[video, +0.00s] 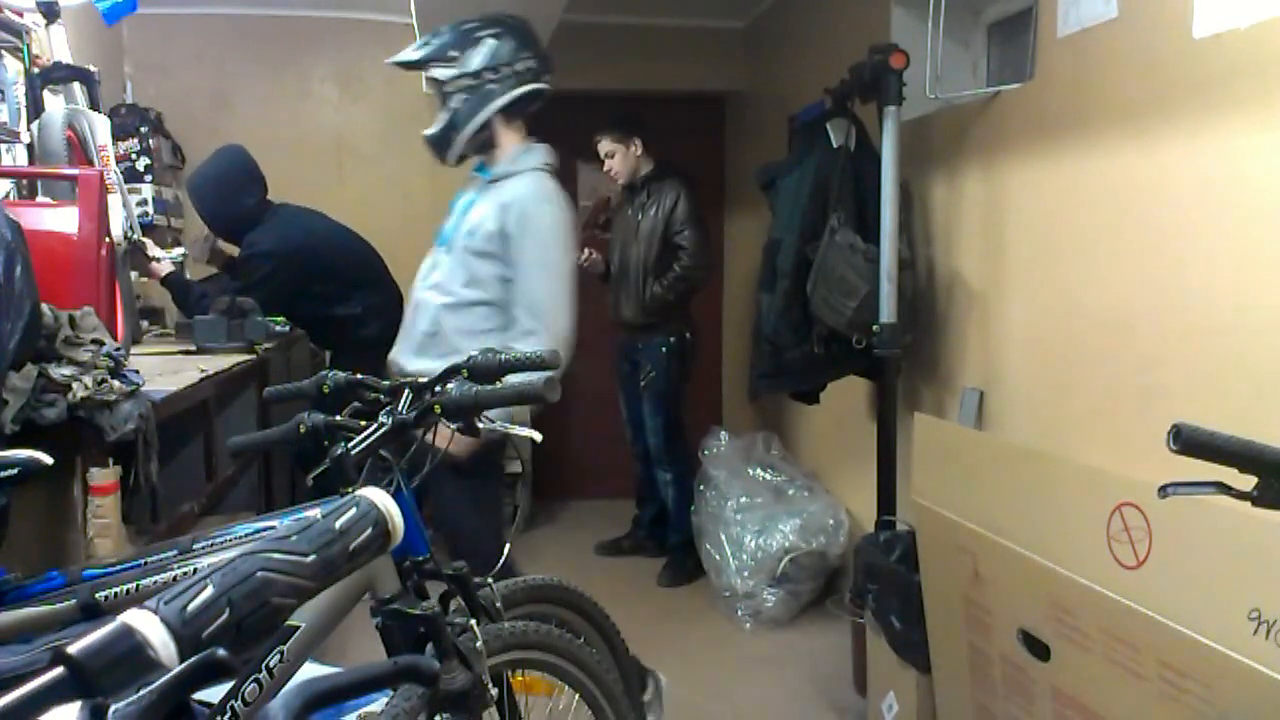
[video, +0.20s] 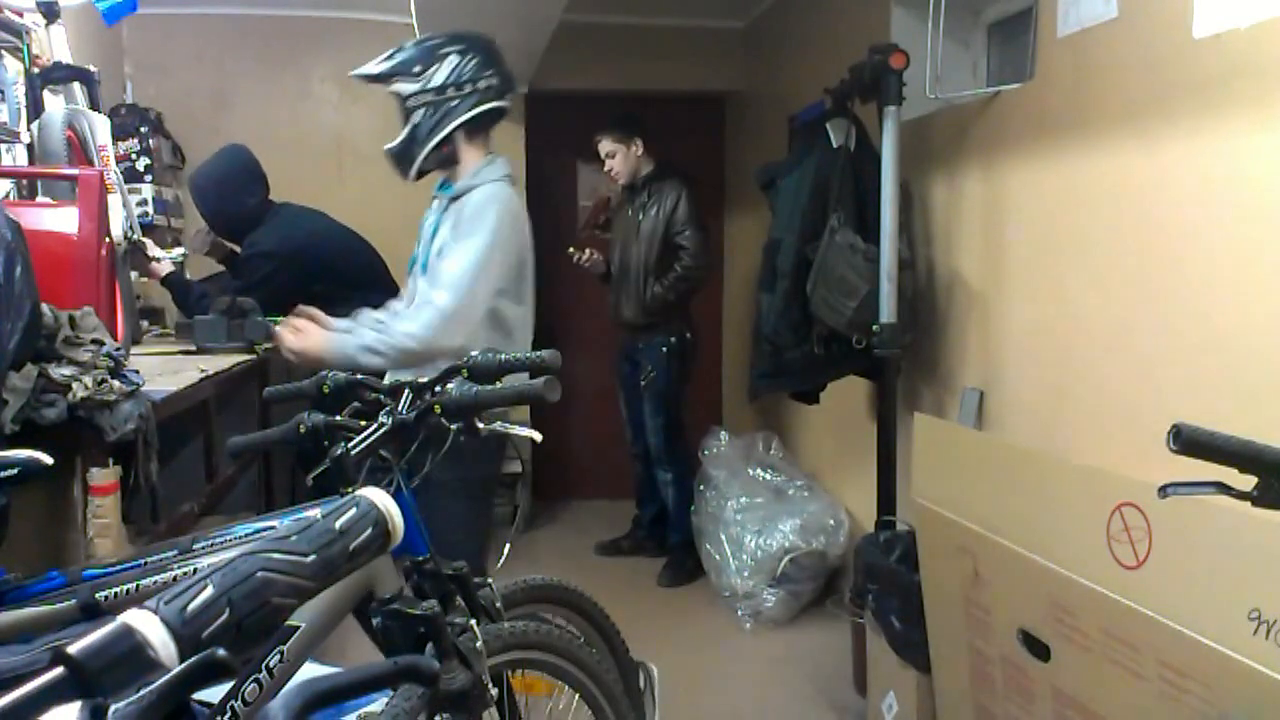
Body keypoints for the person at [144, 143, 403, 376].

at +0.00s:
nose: (207, 222)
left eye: (206, 212)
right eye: (204, 213)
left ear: (221, 210)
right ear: (250, 192)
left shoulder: (266, 249)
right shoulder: (283, 220)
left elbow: (217, 312)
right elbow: (257, 281)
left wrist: (165, 274)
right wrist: (222, 258)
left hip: (364, 342)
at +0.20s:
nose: (207, 220)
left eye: (207, 210)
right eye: (204, 210)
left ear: (223, 207)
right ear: (254, 190)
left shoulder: (270, 248)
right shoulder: (287, 220)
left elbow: (217, 315)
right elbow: (267, 291)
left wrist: (165, 274)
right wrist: (224, 255)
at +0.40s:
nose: (207, 223)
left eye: (206, 213)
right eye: (204, 214)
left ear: (223, 210)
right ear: (255, 191)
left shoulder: (269, 251)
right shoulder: (290, 219)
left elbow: (220, 314)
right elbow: (264, 281)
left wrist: (166, 274)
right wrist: (221, 255)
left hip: (366, 350)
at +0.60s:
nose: (211, 223)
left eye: (209, 212)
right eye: (206, 214)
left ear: (225, 207)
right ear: (254, 191)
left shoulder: (268, 249)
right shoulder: (294, 219)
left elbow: (221, 319)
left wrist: (167, 276)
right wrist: (218, 274)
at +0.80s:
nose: (210, 221)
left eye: (210, 212)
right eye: (207, 212)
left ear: (226, 208)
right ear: (254, 190)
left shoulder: (268, 250)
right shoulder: (290, 220)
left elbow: (228, 327)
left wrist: (167, 276)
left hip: (363, 359)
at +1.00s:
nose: (209, 221)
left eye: (209, 212)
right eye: (206, 212)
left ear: (224, 209)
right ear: (252, 191)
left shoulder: (266, 249)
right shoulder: (291, 221)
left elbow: (228, 318)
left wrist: (166, 276)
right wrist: (173, 276)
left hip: (365, 349)